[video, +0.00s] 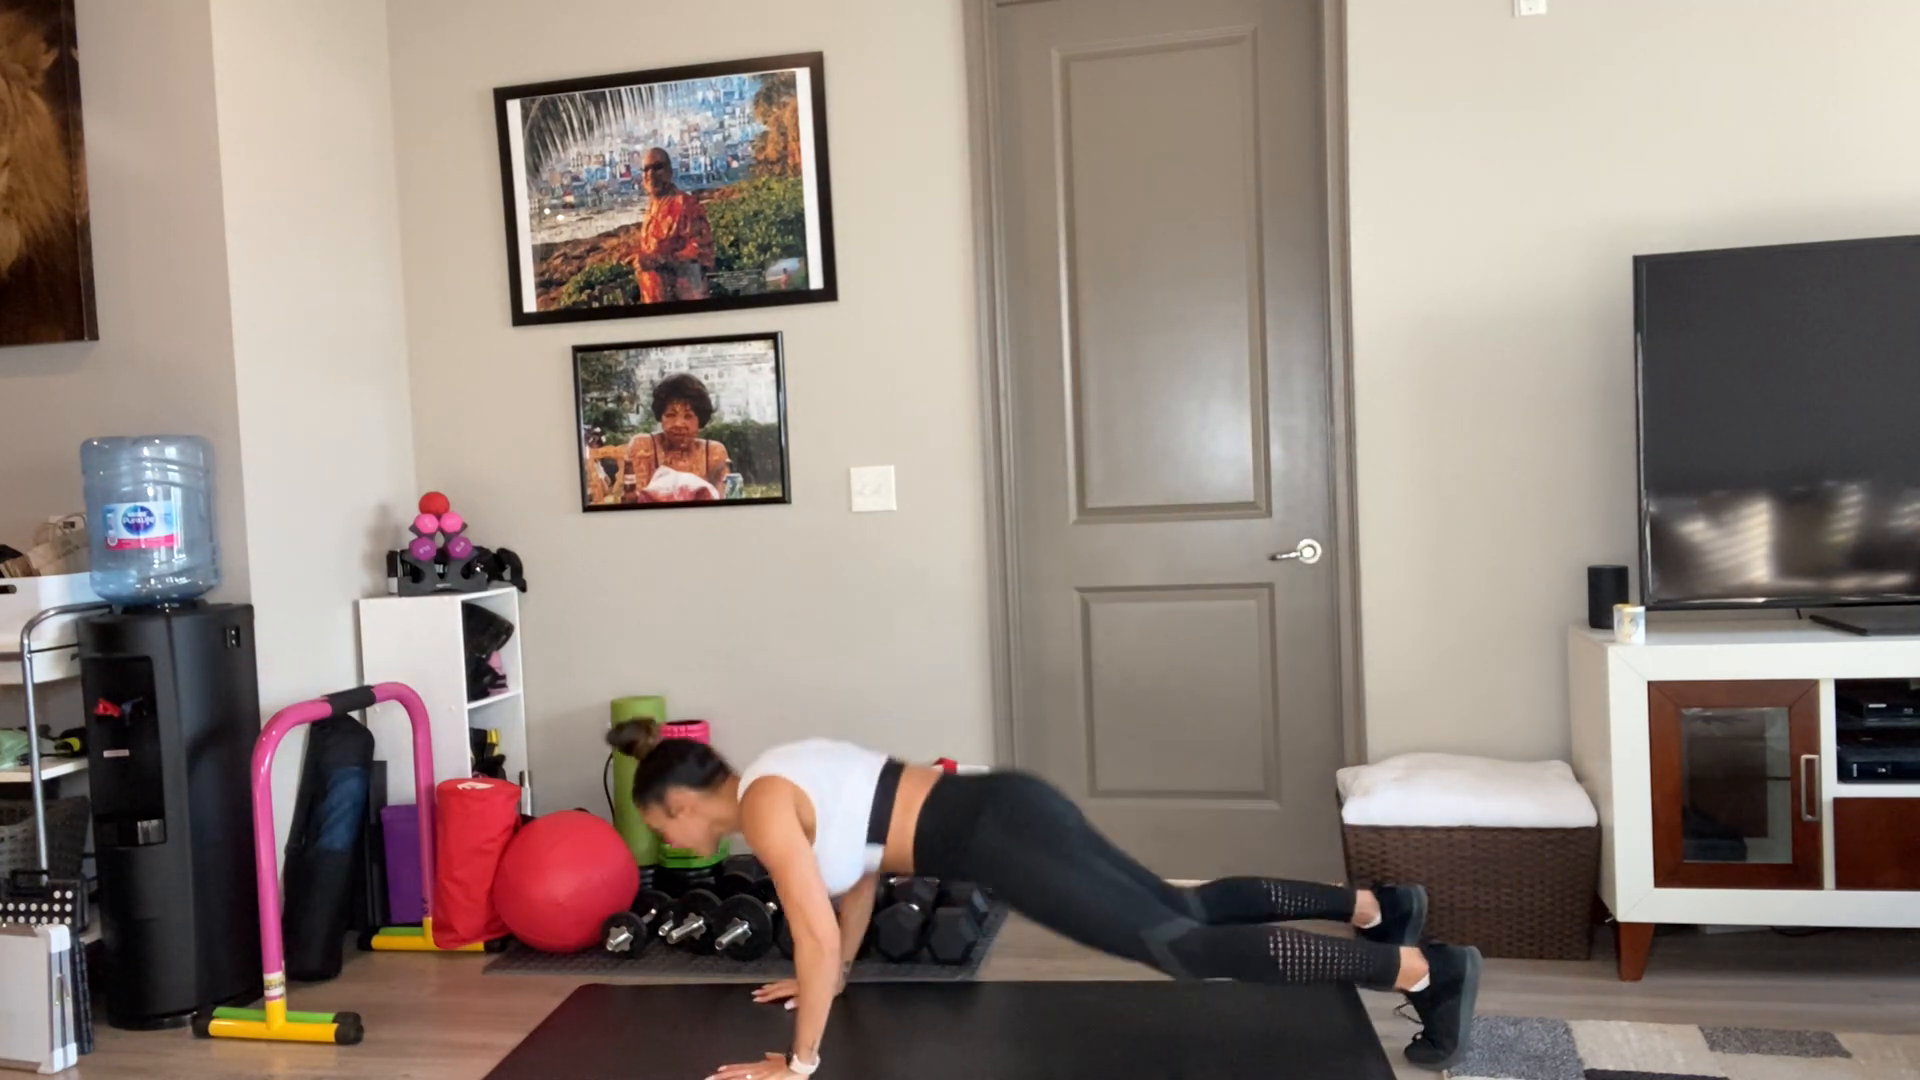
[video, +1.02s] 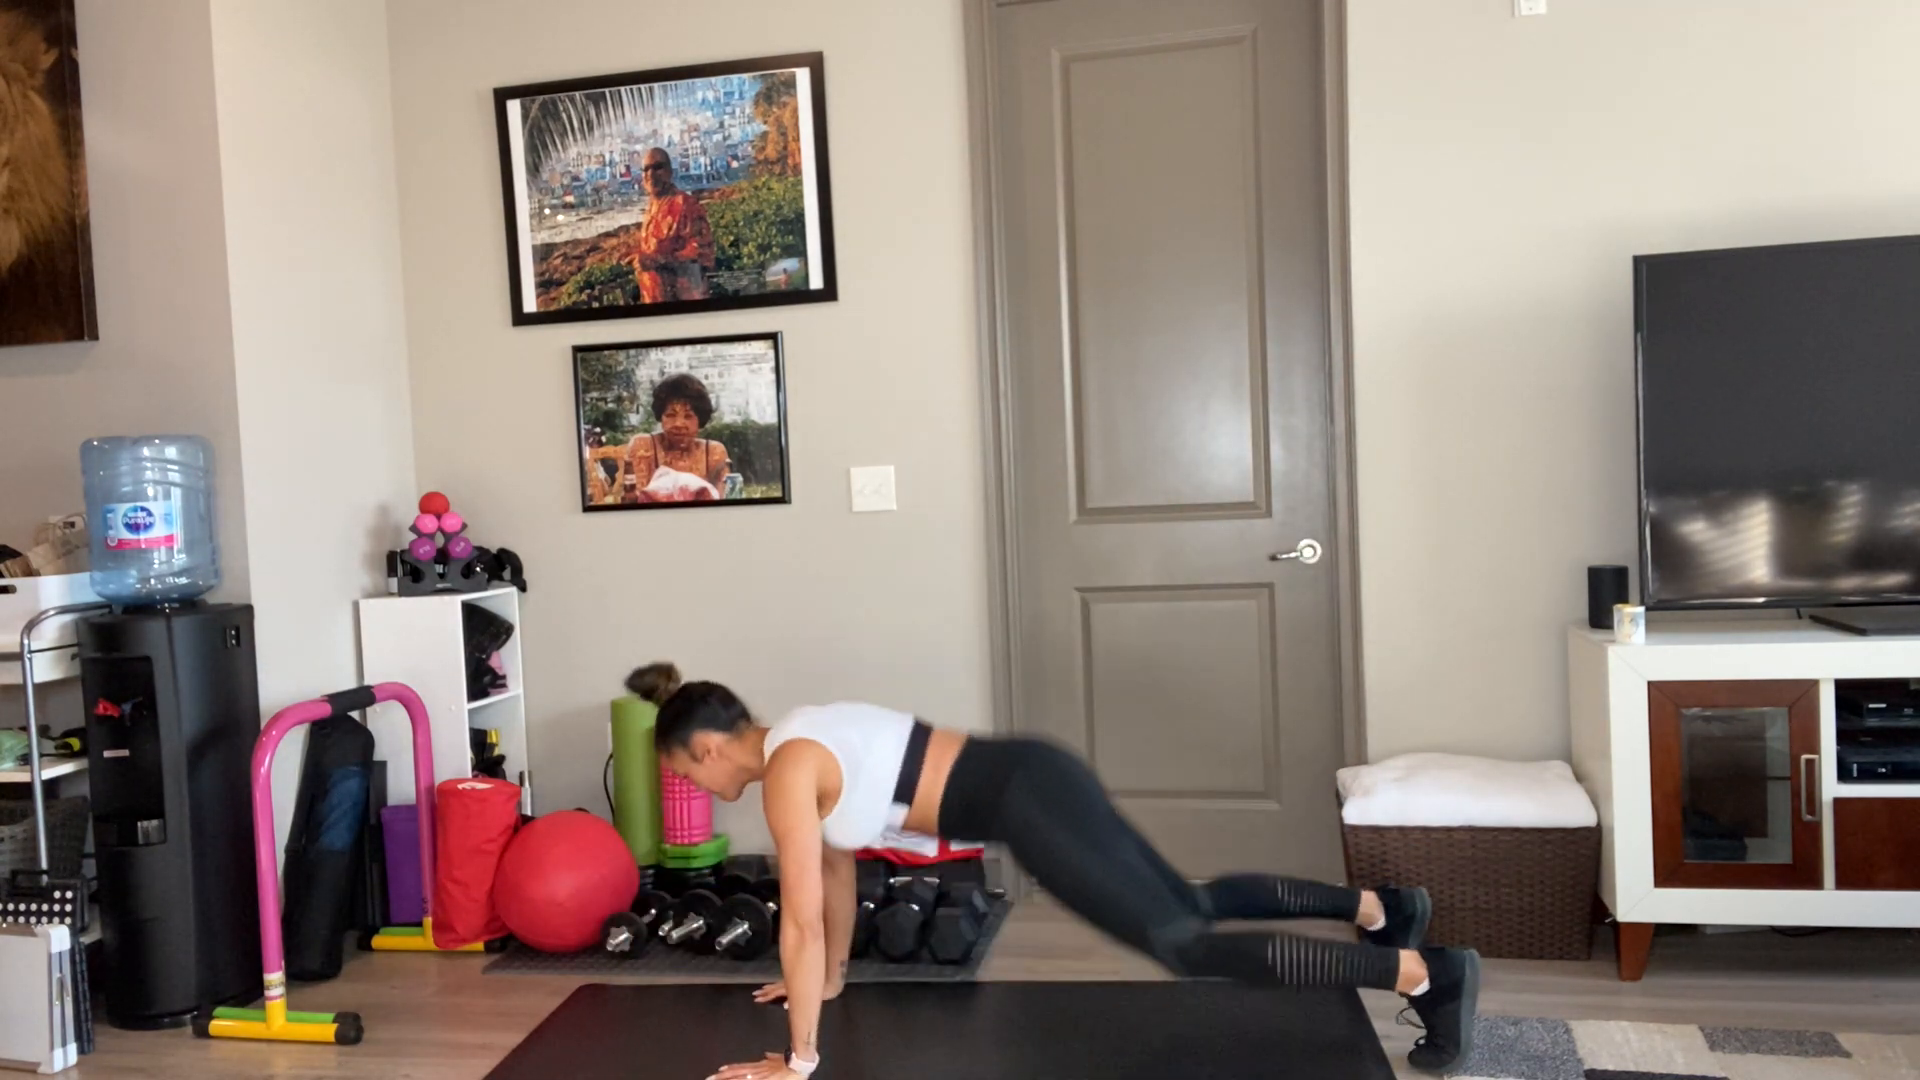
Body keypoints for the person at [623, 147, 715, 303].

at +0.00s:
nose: (650, 174)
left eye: (657, 167)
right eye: (646, 169)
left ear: (670, 172)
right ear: (642, 176)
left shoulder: (686, 204)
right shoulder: (653, 206)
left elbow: (703, 255)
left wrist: (655, 260)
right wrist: (639, 257)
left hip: (683, 297)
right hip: (655, 297)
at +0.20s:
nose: (650, 174)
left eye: (657, 167)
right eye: (646, 169)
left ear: (670, 172)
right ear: (642, 176)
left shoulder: (686, 205)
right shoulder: (653, 206)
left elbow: (702, 254)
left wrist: (655, 260)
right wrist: (638, 257)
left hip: (683, 297)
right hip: (655, 297)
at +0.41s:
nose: (651, 174)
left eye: (657, 167)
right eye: (646, 169)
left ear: (670, 172)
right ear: (642, 175)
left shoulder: (686, 205)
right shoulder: (653, 206)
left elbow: (702, 254)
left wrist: (654, 260)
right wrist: (638, 256)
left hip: (683, 297)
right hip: (655, 297)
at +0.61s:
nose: (650, 174)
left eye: (657, 167)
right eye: (646, 169)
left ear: (670, 172)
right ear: (642, 176)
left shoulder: (687, 205)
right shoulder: (653, 206)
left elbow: (703, 255)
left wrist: (654, 260)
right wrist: (638, 257)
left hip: (683, 297)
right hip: (655, 297)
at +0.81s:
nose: (650, 174)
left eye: (657, 167)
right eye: (646, 169)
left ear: (670, 172)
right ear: (642, 176)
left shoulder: (686, 204)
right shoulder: (653, 206)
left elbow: (703, 255)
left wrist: (655, 260)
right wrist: (638, 256)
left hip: (683, 297)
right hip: (655, 297)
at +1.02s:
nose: (650, 174)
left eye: (657, 167)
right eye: (646, 169)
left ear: (670, 172)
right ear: (642, 176)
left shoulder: (686, 205)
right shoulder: (653, 206)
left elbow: (703, 255)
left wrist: (655, 260)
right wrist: (638, 256)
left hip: (683, 297)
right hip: (655, 297)